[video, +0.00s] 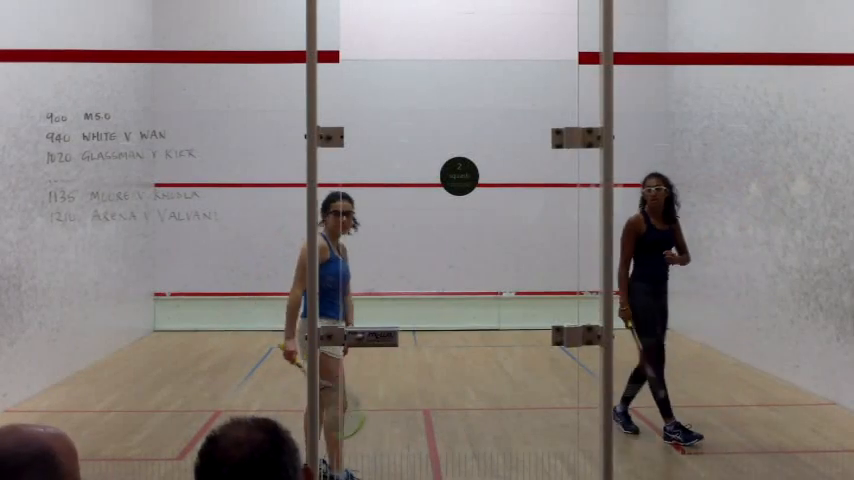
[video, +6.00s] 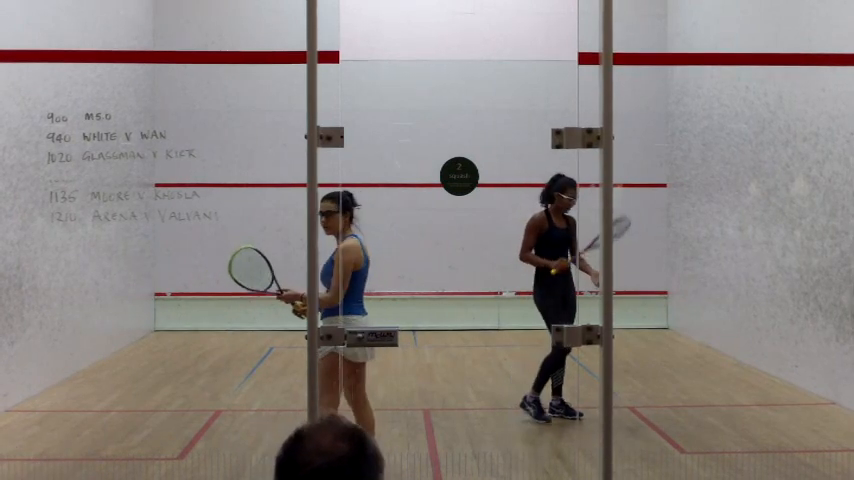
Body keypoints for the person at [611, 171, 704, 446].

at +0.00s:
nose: (652, 191)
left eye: (658, 188)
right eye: (648, 188)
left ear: (668, 193)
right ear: (642, 193)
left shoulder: (671, 223)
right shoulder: (635, 224)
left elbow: (685, 257)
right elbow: (623, 265)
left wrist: (676, 259)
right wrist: (624, 302)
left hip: (660, 294)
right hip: (638, 295)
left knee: (651, 357)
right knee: (654, 357)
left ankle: (621, 408)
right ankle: (670, 424)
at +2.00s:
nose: (560, 199)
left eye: (561, 195)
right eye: (557, 194)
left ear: (552, 195)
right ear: (543, 193)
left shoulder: (556, 219)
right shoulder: (527, 223)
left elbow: (562, 253)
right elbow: (506, 256)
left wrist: (578, 262)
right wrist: (536, 268)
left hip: (555, 292)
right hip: (535, 294)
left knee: (569, 345)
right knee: (535, 350)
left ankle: (557, 400)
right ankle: (538, 409)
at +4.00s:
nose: (560, 204)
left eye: (561, 200)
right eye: (558, 199)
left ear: (546, 197)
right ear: (545, 195)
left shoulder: (539, 220)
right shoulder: (531, 218)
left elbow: (544, 259)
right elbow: (524, 253)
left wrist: (572, 269)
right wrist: (541, 285)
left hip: (540, 292)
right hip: (529, 293)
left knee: (555, 344)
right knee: (528, 349)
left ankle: (555, 402)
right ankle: (515, 407)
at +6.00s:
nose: (572, 202)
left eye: (574, 198)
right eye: (569, 197)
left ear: (571, 199)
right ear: (555, 196)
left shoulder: (570, 223)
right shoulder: (538, 221)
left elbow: (575, 256)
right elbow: (524, 255)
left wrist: (591, 271)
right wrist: (551, 263)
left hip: (566, 286)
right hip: (546, 287)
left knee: (563, 344)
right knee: (561, 345)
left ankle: (557, 401)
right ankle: (532, 397)